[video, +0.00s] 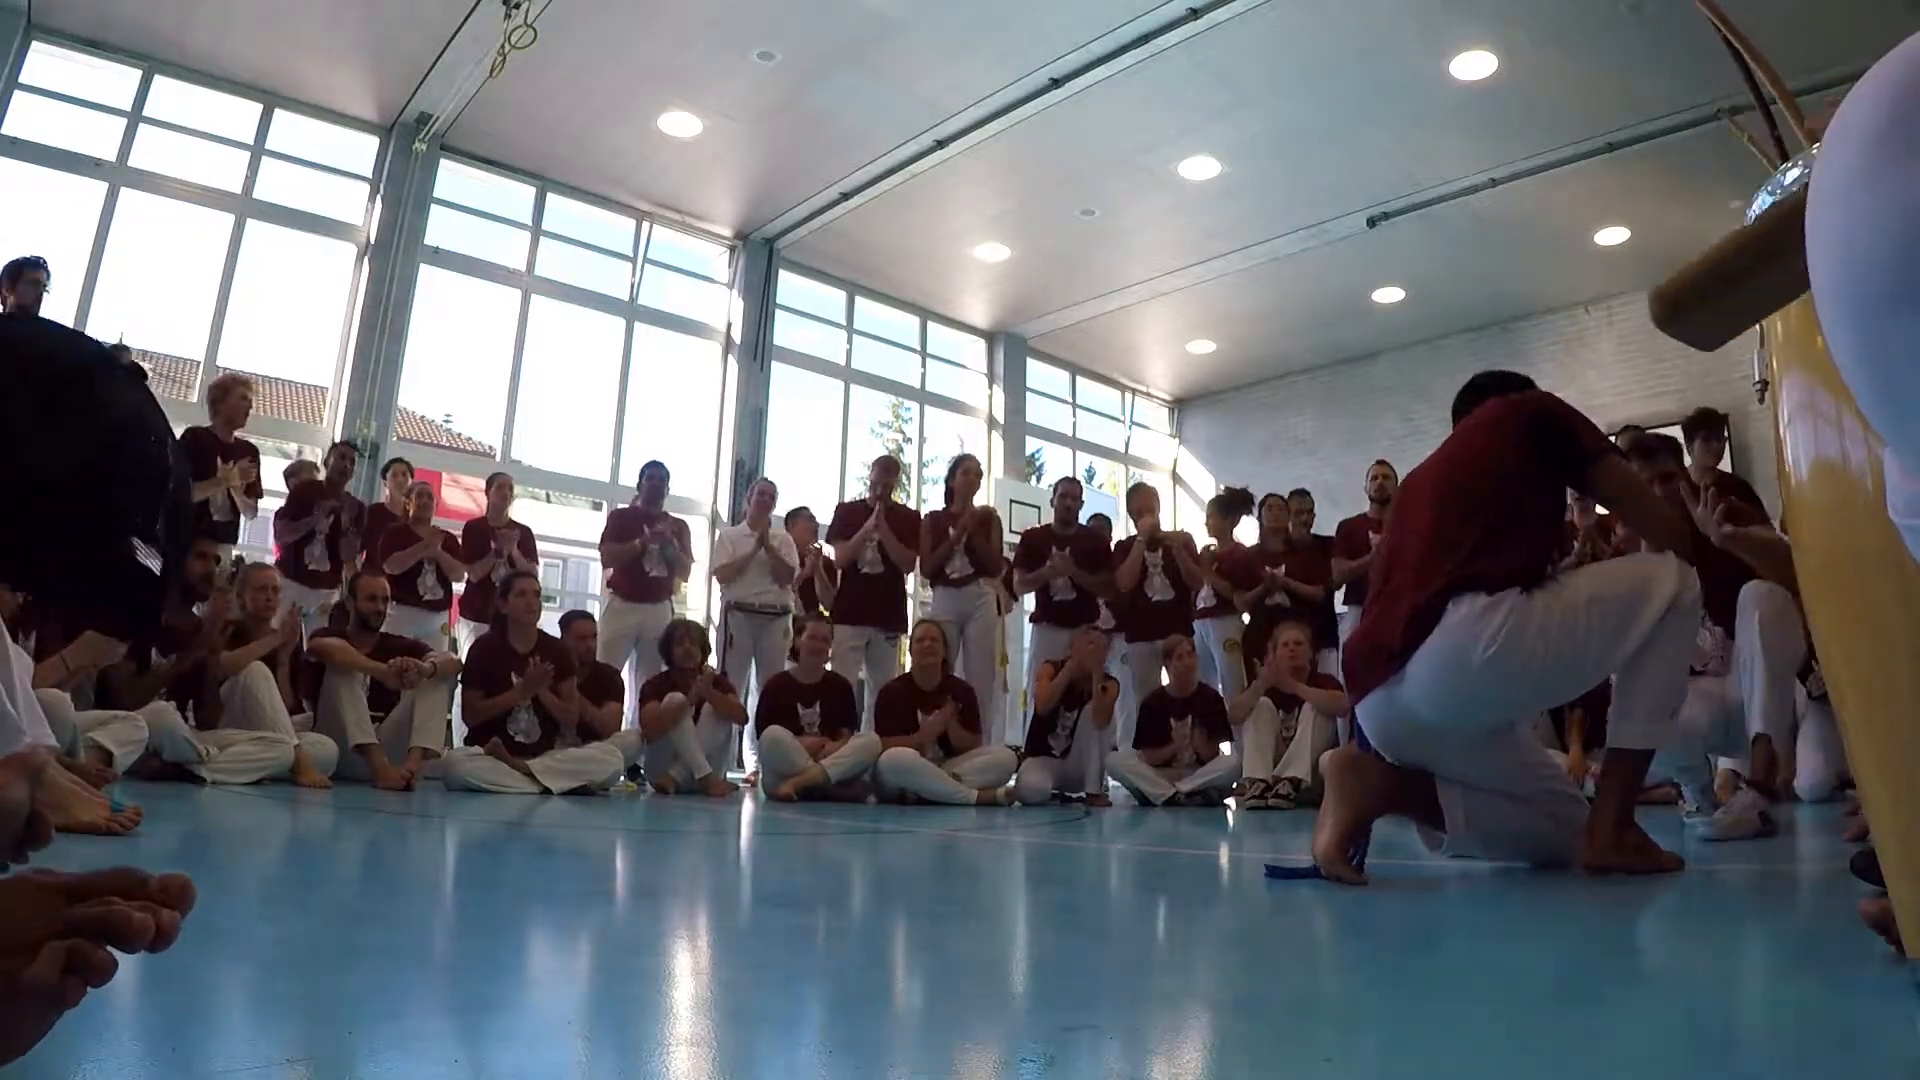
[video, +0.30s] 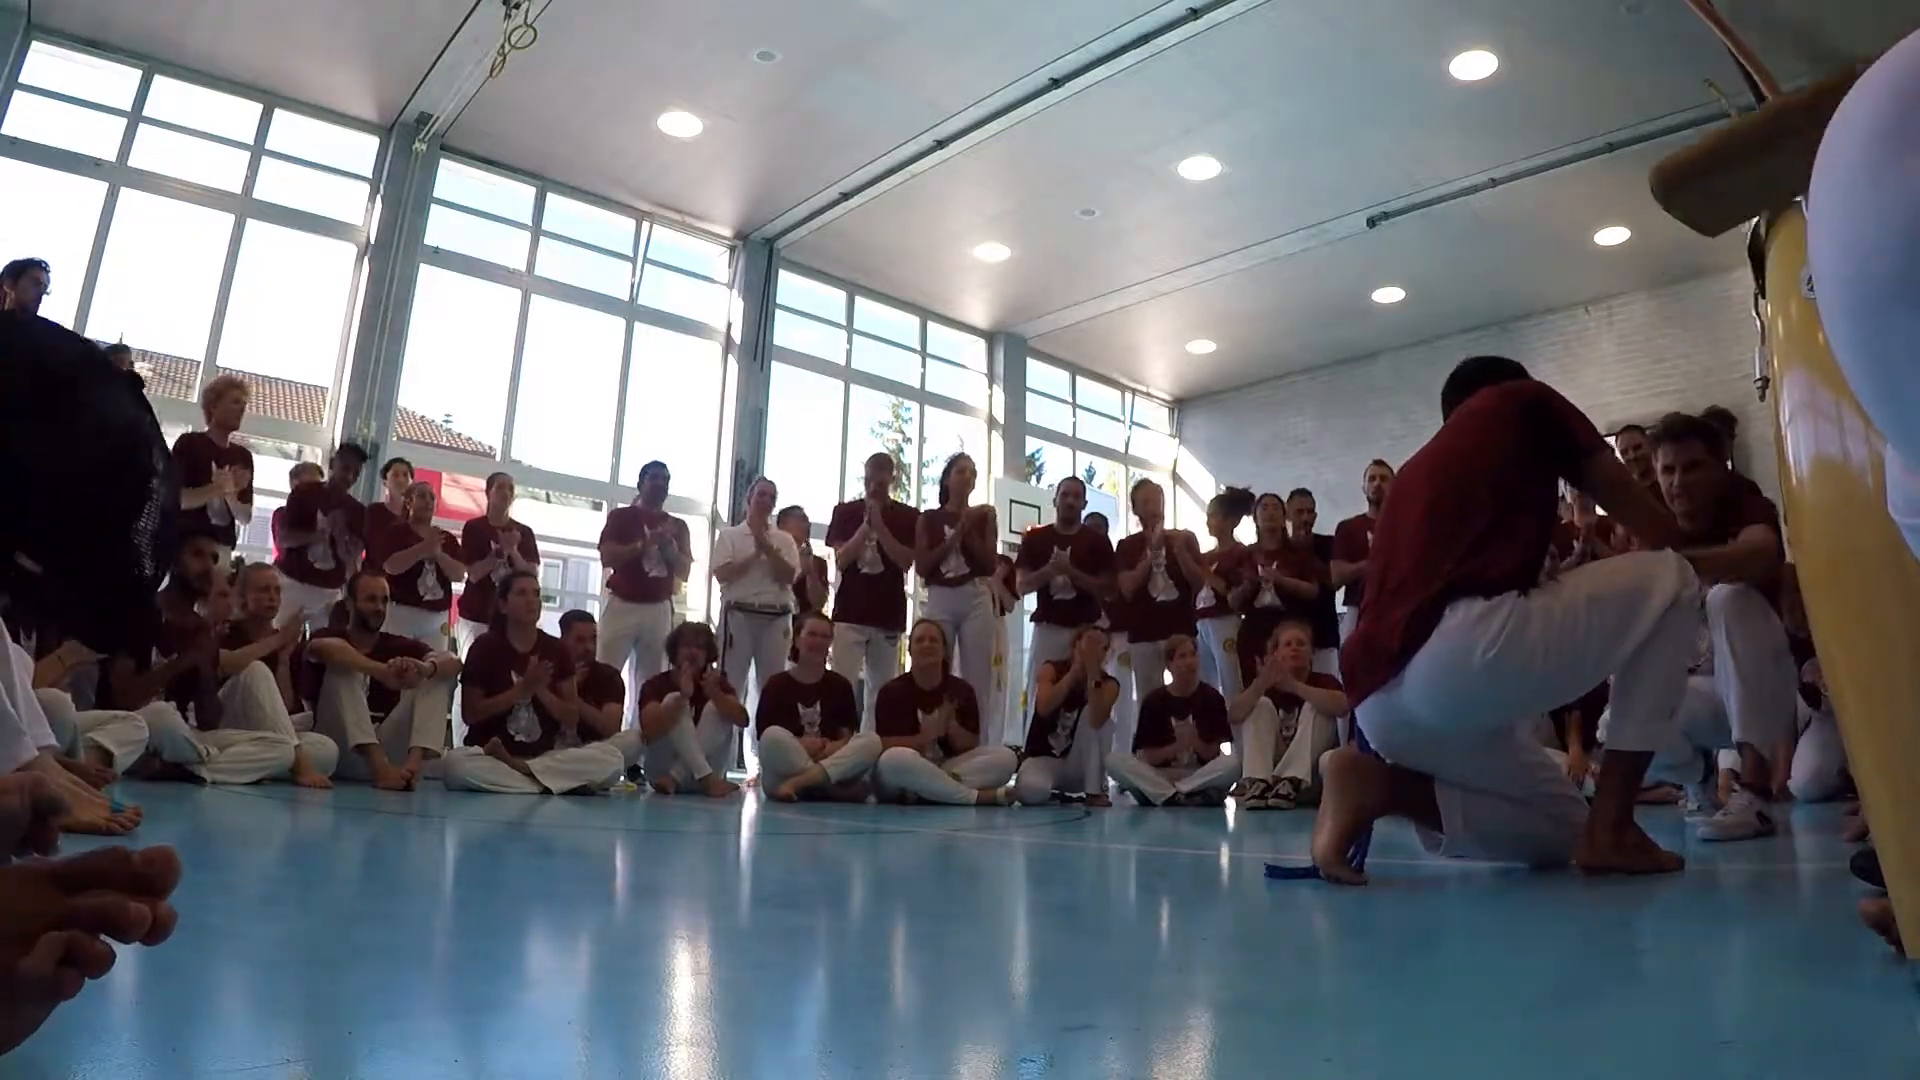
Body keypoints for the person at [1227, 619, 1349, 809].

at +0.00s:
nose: (1292, 649)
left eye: (1298, 644)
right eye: (1284, 645)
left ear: (1310, 652)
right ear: (1272, 654)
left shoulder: (1323, 681)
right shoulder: (1261, 687)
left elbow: (1342, 707)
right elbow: (1234, 716)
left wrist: (1293, 686)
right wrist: (1262, 682)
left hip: (1313, 770)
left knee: (1315, 707)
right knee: (1261, 705)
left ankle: (1289, 781)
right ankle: (1256, 780)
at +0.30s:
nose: (1294, 648)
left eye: (1301, 644)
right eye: (1287, 644)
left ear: (1311, 654)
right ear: (1273, 655)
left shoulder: (1324, 681)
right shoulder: (1261, 685)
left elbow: (1341, 707)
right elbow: (1234, 716)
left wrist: (1293, 685)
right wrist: (1262, 682)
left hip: (1313, 768)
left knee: (1315, 707)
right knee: (1260, 705)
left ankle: (1289, 781)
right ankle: (1256, 780)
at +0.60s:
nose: (1294, 649)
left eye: (1301, 644)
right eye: (1287, 644)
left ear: (1311, 654)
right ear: (1273, 653)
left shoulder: (1324, 681)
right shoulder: (1261, 686)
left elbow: (1344, 706)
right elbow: (1234, 717)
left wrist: (1295, 684)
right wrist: (1259, 683)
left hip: (1313, 770)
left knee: (1316, 706)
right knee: (1259, 705)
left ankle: (1290, 781)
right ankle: (1256, 780)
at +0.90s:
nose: (1294, 649)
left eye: (1300, 644)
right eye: (1286, 644)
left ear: (1310, 652)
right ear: (1274, 653)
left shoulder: (1322, 681)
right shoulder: (1258, 687)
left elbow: (1340, 705)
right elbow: (1233, 716)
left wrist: (1293, 683)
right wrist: (1266, 679)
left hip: (1311, 767)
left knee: (1317, 706)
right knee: (1260, 704)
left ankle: (1289, 781)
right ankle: (1256, 781)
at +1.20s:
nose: (1292, 648)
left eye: (1299, 643)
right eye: (1285, 643)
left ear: (1309, 652)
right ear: (1274, 652)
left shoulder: (1322, 681)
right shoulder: (1258, 688)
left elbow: (1340, 705)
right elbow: (1233, 716)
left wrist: (1293, 684)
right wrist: (1267, 681)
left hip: (1311, 766)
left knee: (1316, 706)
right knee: (1259, 705)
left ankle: (1289, 781)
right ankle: (1256, 780)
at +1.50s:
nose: (1292, 648)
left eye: (1299, 643)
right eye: (1284, 644)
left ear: (1309, 652)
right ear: (1272, 654)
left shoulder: (1322, 681)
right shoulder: (1257, 689)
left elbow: (1337, 705)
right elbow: (1235, 713)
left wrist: (1289, 681)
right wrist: (1269, 680)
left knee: (1312, 707)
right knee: (1262, 705)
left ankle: (1289, 781)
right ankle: (1256, 780)